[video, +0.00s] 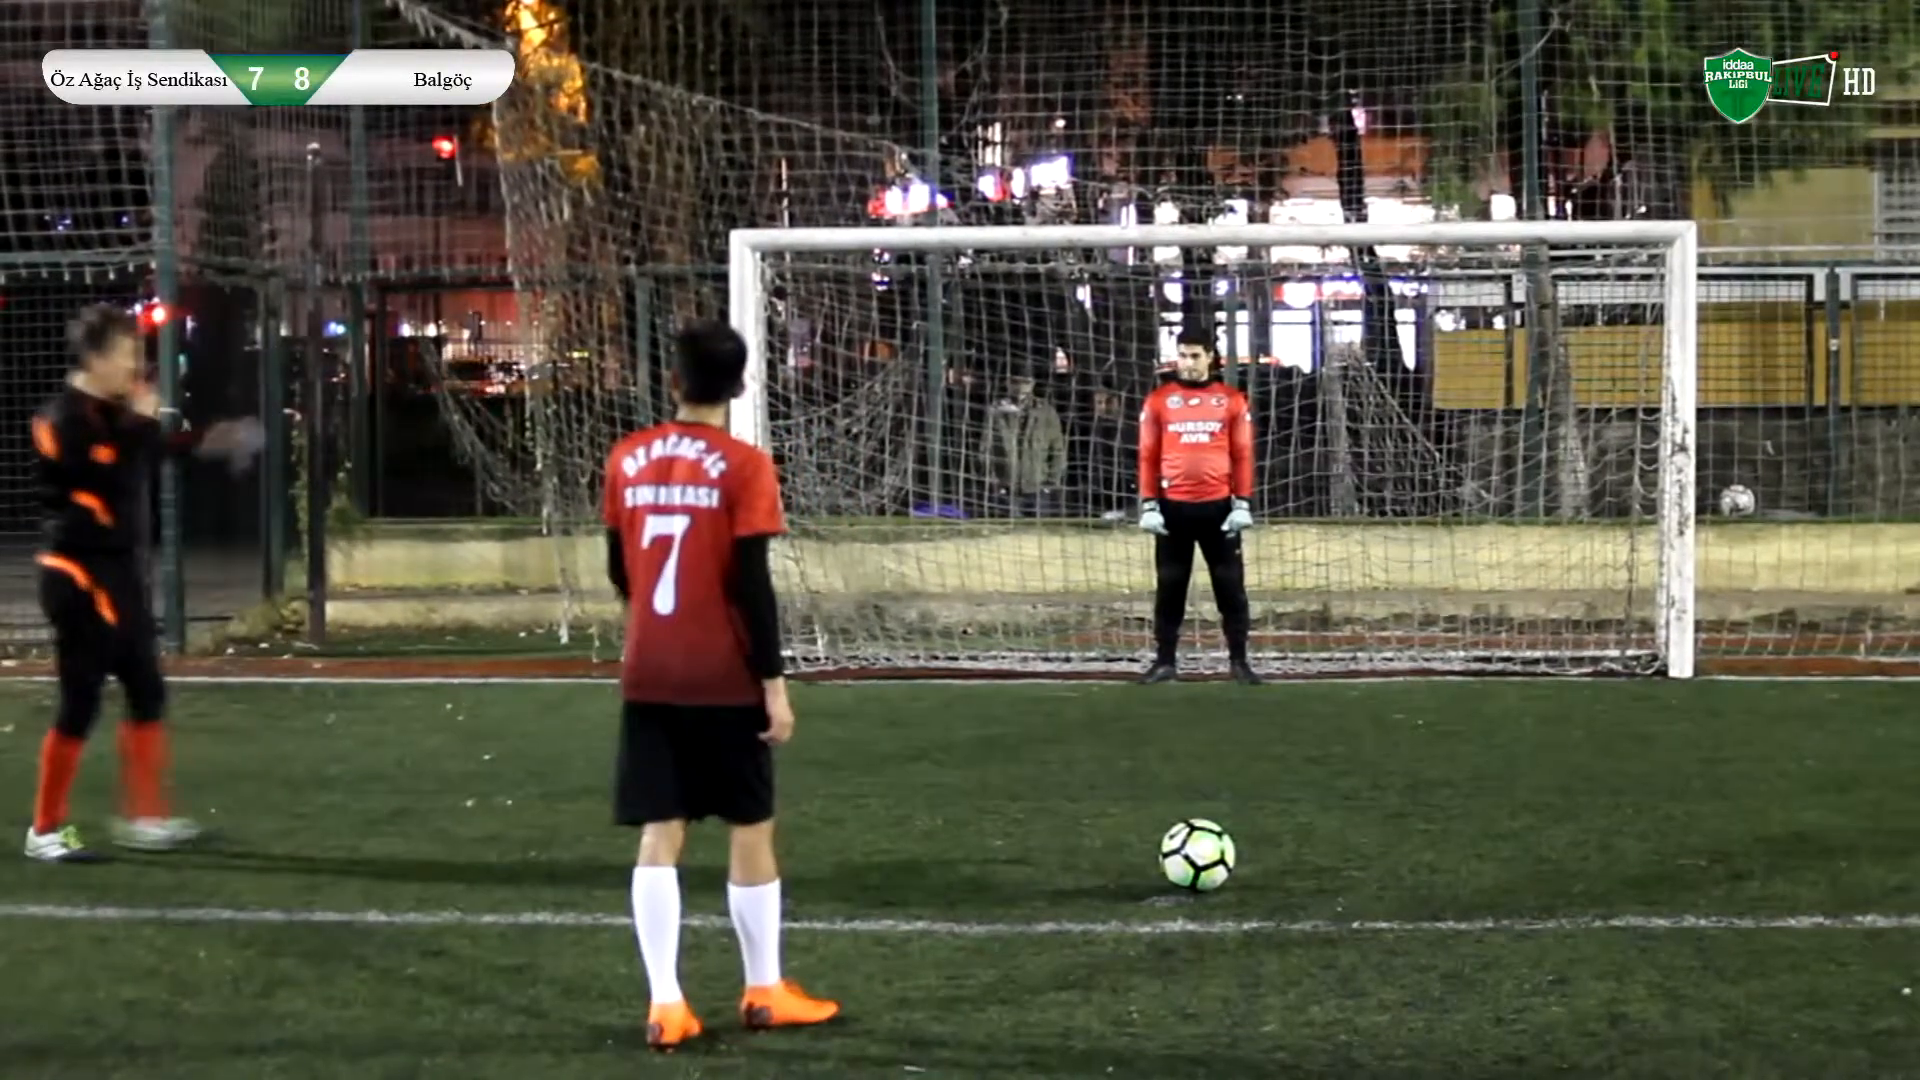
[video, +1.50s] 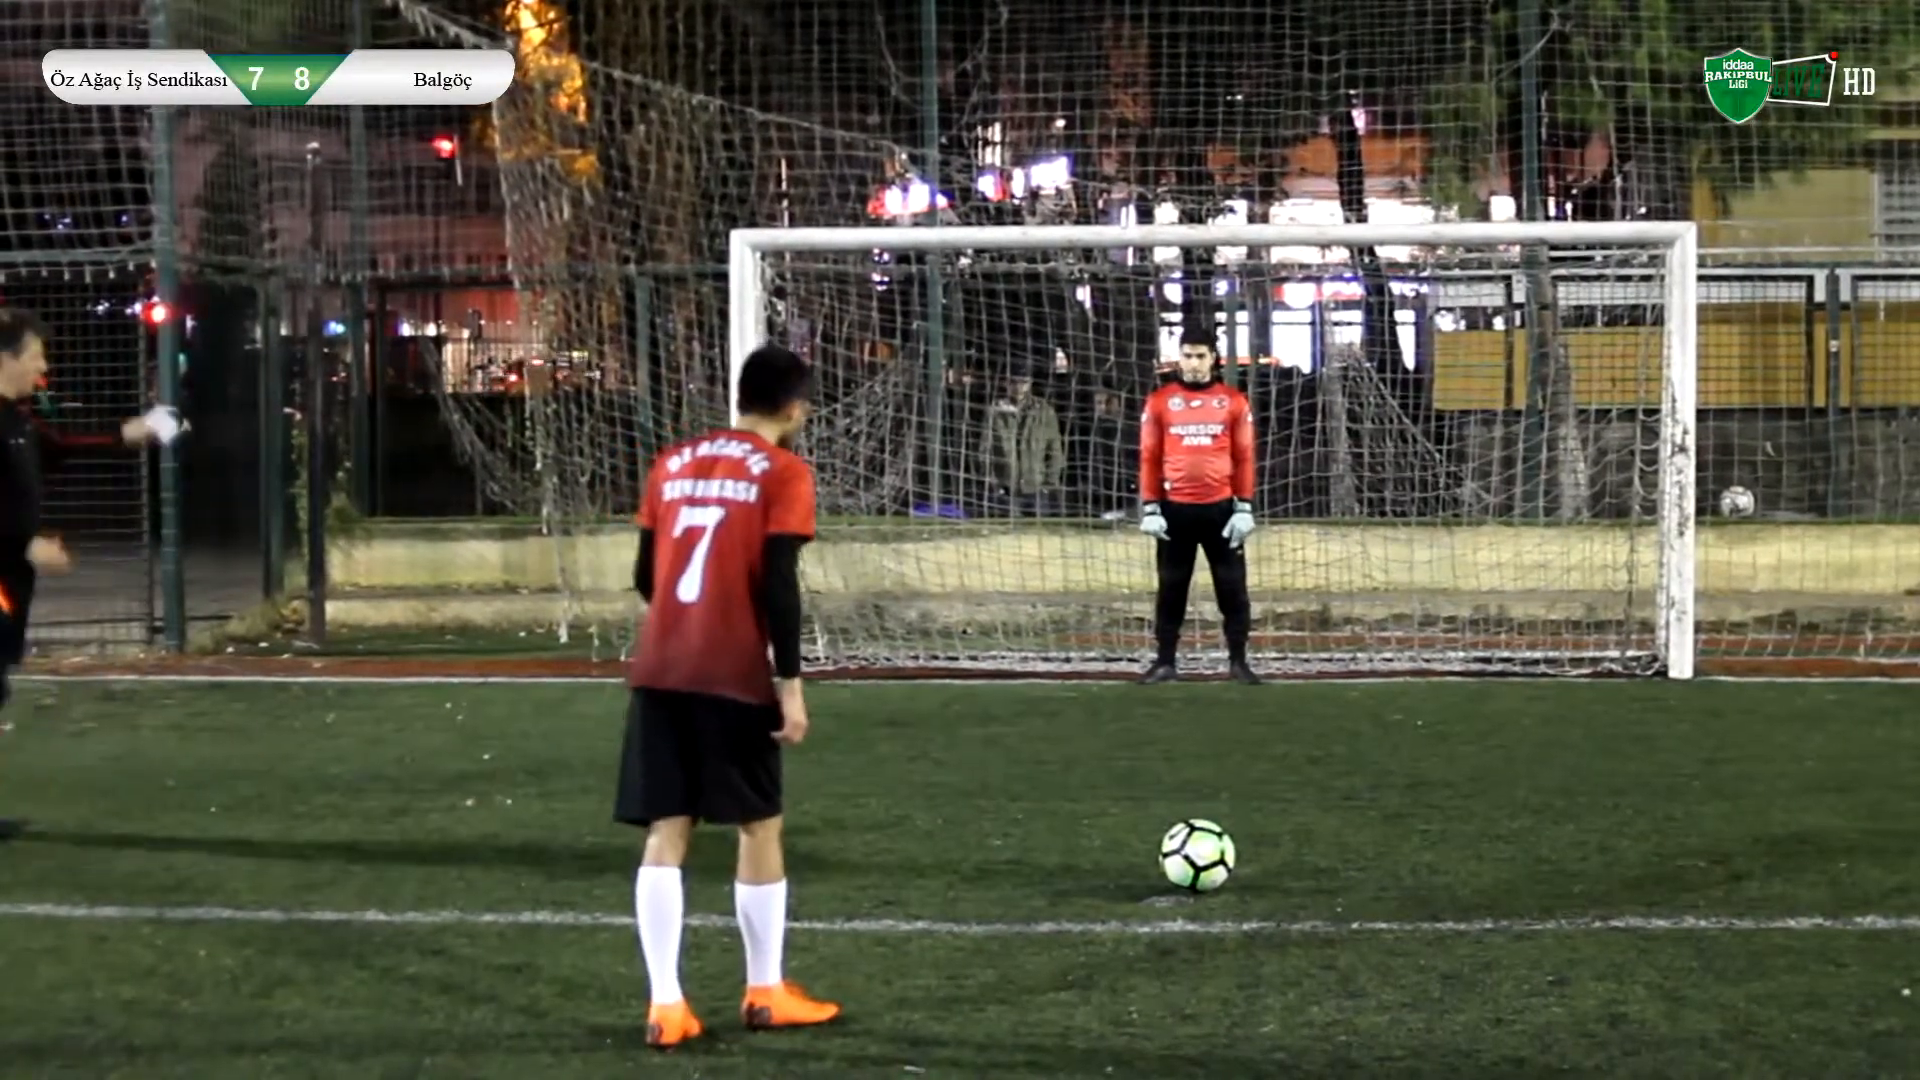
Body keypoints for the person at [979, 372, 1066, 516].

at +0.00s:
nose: (1020, 388)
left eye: (1026, 383)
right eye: (1015, 382)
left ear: (1033, 385)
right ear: (1007, 383)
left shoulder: (1047, 413)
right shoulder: (996, 412)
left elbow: (1058, 450)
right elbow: (985, 449)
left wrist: (1052, 483)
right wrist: (994, 482)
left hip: (1038, 492)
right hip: (1006, 492)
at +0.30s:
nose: (1017, 389)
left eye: (1023, 384)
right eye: (1012, 383)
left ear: (1031, 386)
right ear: (1005, 385)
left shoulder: (1044, 413)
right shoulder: (994, 413)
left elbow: (1055, 451)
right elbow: (983, 451)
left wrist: (1049, 484)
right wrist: (992, 484)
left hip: (1036, 492)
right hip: (1004, 492)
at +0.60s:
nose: (1015, 390)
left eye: (1021, 384)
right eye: (1011, 384)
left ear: (1030, 386)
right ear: (1005, 385)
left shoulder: (1044, 414)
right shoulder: (993, 413)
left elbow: (1055, 453)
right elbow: (983, 451)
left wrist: (1048, 486)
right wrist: (991, 485)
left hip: (1035, 493)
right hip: (1003, 493)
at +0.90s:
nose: (1015, 390)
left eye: (1020, 384)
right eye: (1010, 384)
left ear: (1029, 386)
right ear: (1004, 385)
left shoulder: (1043, 414)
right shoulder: (992, 413)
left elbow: (1054, 453)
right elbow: (982, 451)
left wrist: (1047, 486)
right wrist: (991, 485)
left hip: (1034, 493)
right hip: (1002, 493)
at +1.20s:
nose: (1014, 389)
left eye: (1020, 384)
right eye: (1009, 383)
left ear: (1027, 386)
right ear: (1003, 385)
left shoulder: (1042, 413)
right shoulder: (991, 413)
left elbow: (1052, 453)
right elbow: (981, 450)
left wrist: (1046, 485)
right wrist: (989, 485)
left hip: (1033, 492)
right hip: (1001, 492)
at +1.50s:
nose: (1018, 388)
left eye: (1023, 382)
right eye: (1013, 382)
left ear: (1030, 384)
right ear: (1006, 383)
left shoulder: (1045, 412)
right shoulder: (995, 410)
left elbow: (1056, 453)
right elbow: (985, 449)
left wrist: (1049, 485)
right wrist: (992, 482)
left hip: (1036, 491)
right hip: (1004, 491)